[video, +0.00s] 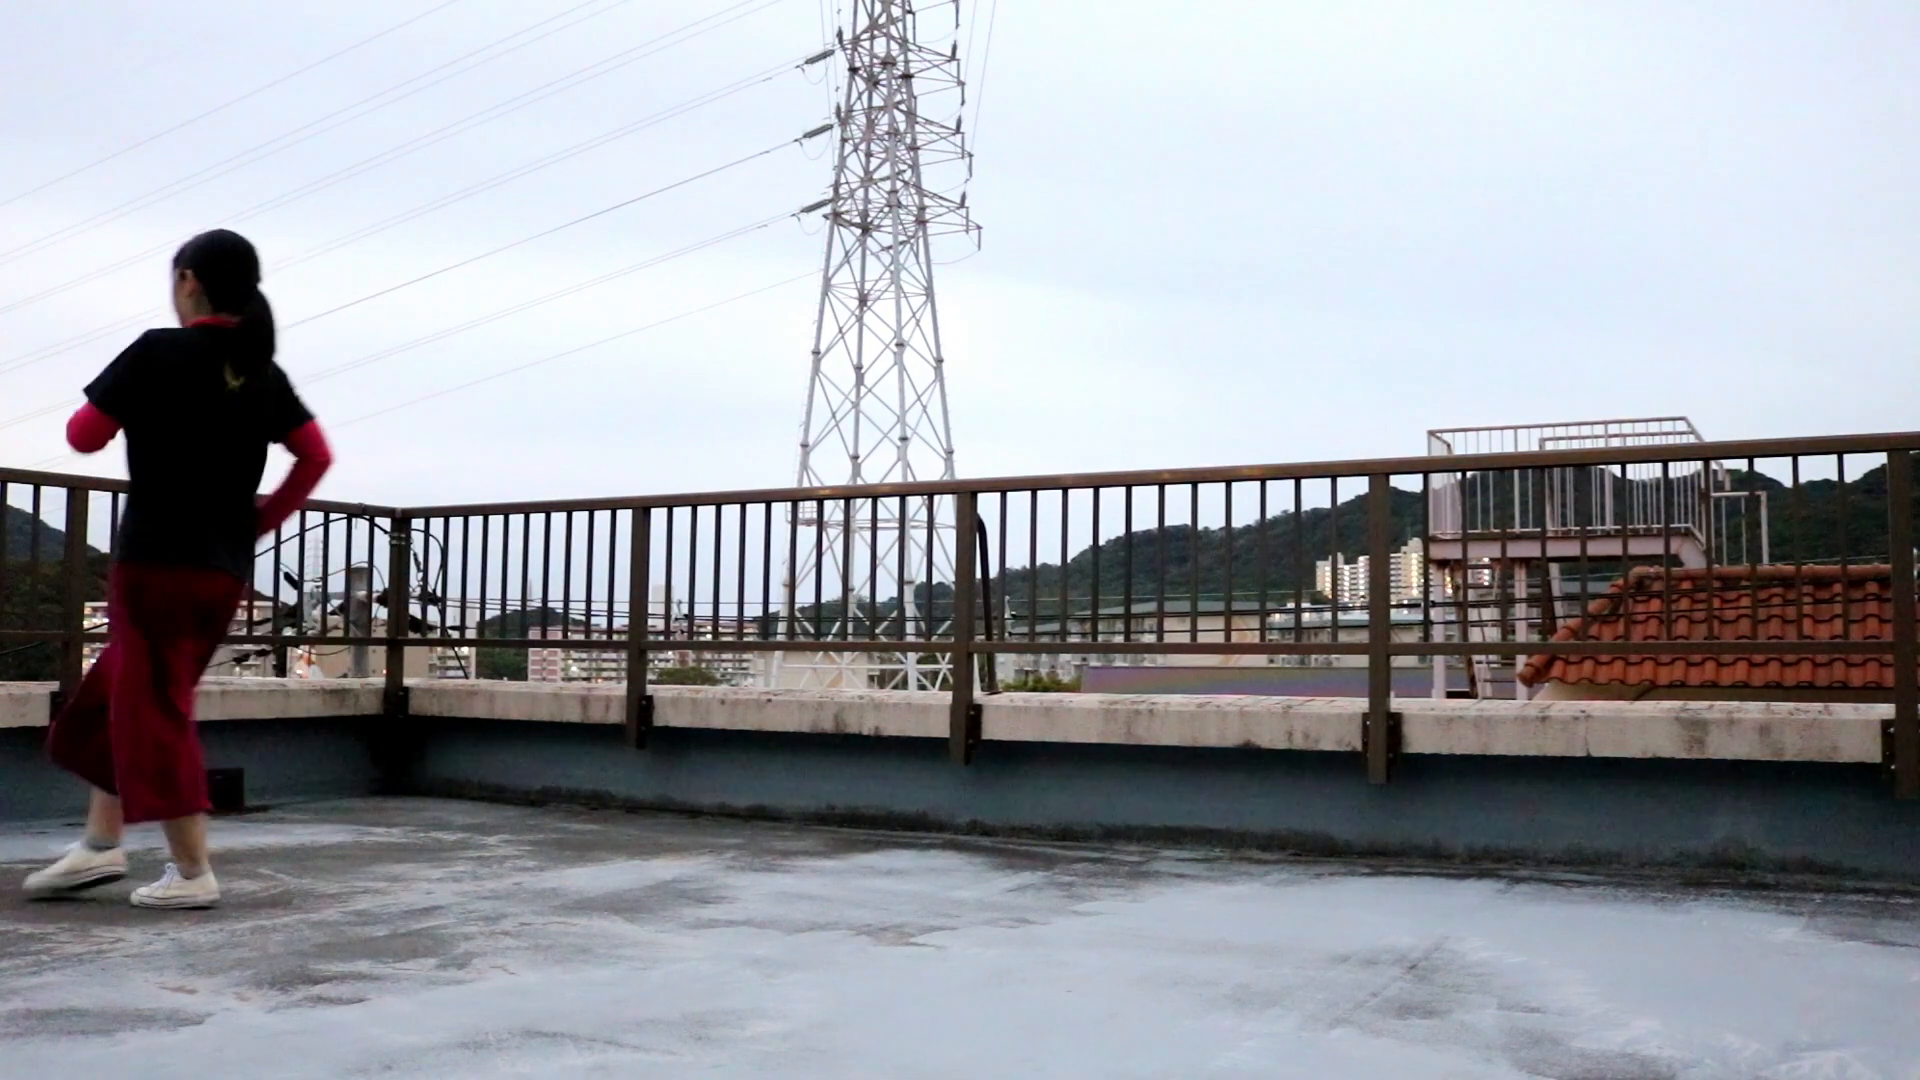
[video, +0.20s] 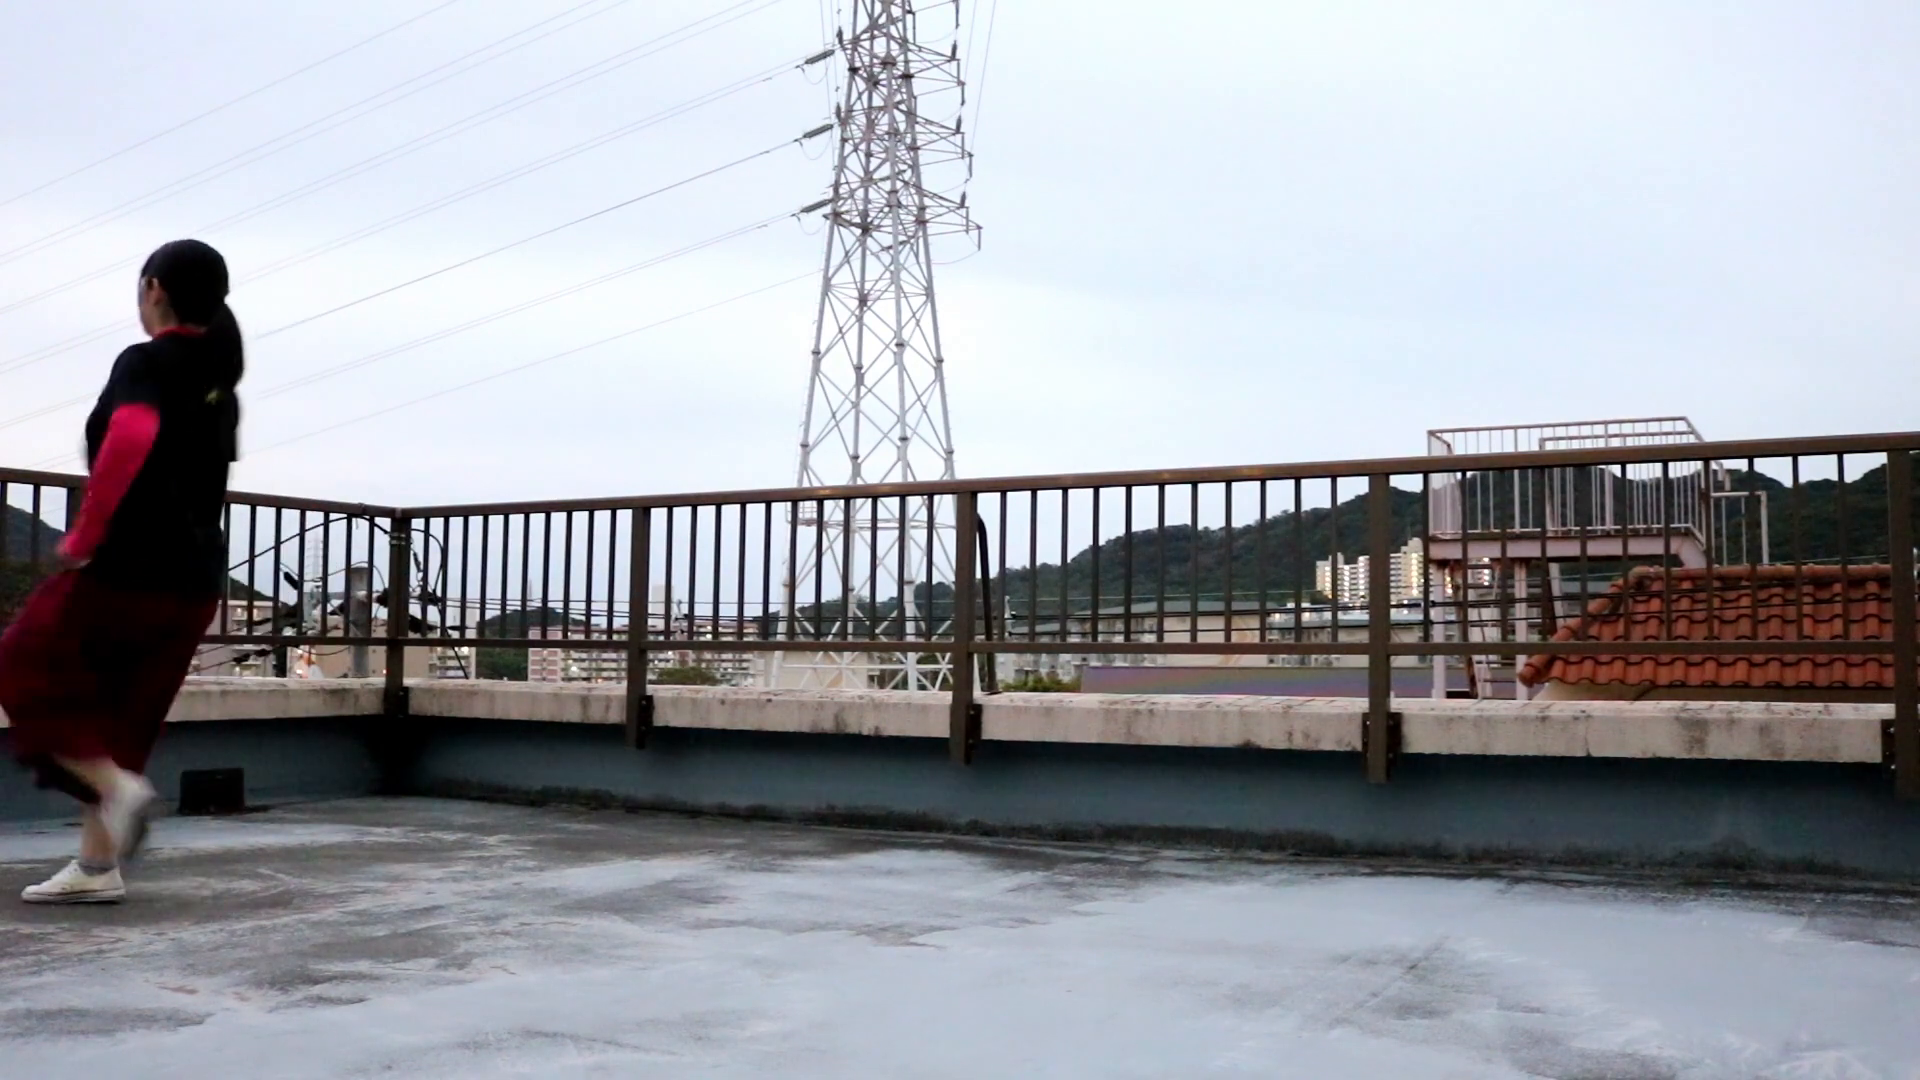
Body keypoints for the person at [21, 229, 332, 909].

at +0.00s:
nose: (172, 291)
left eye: (174, 280)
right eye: (174, 280)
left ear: (190, 284)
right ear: (246, 290)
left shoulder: (156, 351)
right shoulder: (262, 371)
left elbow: (84, 435)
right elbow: (317, 456)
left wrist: (125, 406)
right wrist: (264, 516)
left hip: (148, 561)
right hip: (224, 566)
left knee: (154, 706)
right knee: (126, 691)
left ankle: (194, 872)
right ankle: (100, 843)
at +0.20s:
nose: (140, 300)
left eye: (142, 289)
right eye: (144, 288)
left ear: (156, 293)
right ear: (212, 300)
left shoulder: (146, 360)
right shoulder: (220, 376)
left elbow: (132, 436)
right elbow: (206, 476)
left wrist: (83, 533)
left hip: (129, 566)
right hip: (194, 574)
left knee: (19, 666)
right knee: (127, 708)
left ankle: (115, 785)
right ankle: (95, 865)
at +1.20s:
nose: (416, 252)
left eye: (423, 240)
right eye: (422, 240)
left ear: (441, 250)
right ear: (481, 258)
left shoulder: (458, 328)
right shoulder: (459, 332)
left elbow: (481, 394)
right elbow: (423, 410)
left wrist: (474, 467)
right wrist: (366, 374)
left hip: (435, 565)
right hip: (506, 565)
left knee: (353, 709)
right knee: (530, 727)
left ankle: (290, 891)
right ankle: (573, 921)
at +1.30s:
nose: (468, 229)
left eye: (475, 216)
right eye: (473, 217)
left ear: (496, 223)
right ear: (539, 232)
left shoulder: (497, 284)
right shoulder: (526, 305)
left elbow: (559, 315)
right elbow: (483, 396)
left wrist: (585, 401)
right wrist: (410, 362)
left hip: (502, 533)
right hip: (581, 540)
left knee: (409, 668)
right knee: (568, 718)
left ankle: (436, 819)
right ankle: (575, 922)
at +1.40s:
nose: (525, 209)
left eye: (533, 198)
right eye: (531, 198)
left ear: (553, 210)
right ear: (592, 221)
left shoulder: (552, 290)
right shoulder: (584, 301)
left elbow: (601, 363)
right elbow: (577, 427)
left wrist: (615, 460)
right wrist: (500, 462)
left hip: (559, 535)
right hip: (631, 534)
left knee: (480, 700)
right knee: (610, 719)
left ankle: (610, 747)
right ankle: (586, 920)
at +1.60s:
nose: (645, 215)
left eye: (654, 202)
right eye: (652, 201)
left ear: (680, 212)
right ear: (724, 218)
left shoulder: (651, 295)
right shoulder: (750, 308)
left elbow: (582, 392)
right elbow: (812, 429)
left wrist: (529, 466)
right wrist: (853, 542)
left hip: (678, 555)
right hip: (740, 550)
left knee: (741, 737)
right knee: (639, 726)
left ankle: (870, 929)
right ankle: (585, 920)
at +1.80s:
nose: (768, 181)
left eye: (775, 166)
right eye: (772, 167)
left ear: (806, 169)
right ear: (843, 179)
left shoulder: (778, 249)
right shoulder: (869, 274)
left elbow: (670, 319)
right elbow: (961, 375)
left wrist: (580, 376)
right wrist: (1046, 467)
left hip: (847, 535)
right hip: (896, 530)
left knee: (843, 718)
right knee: (771, 688)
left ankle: (888, 953)